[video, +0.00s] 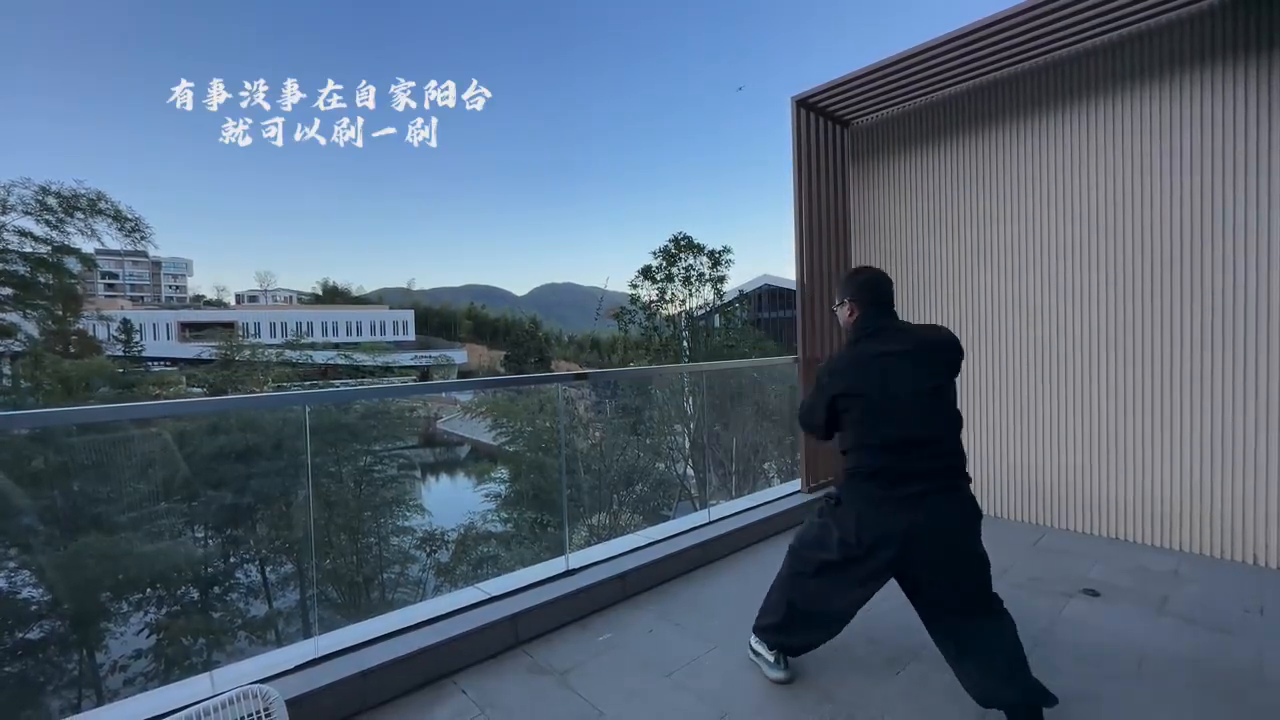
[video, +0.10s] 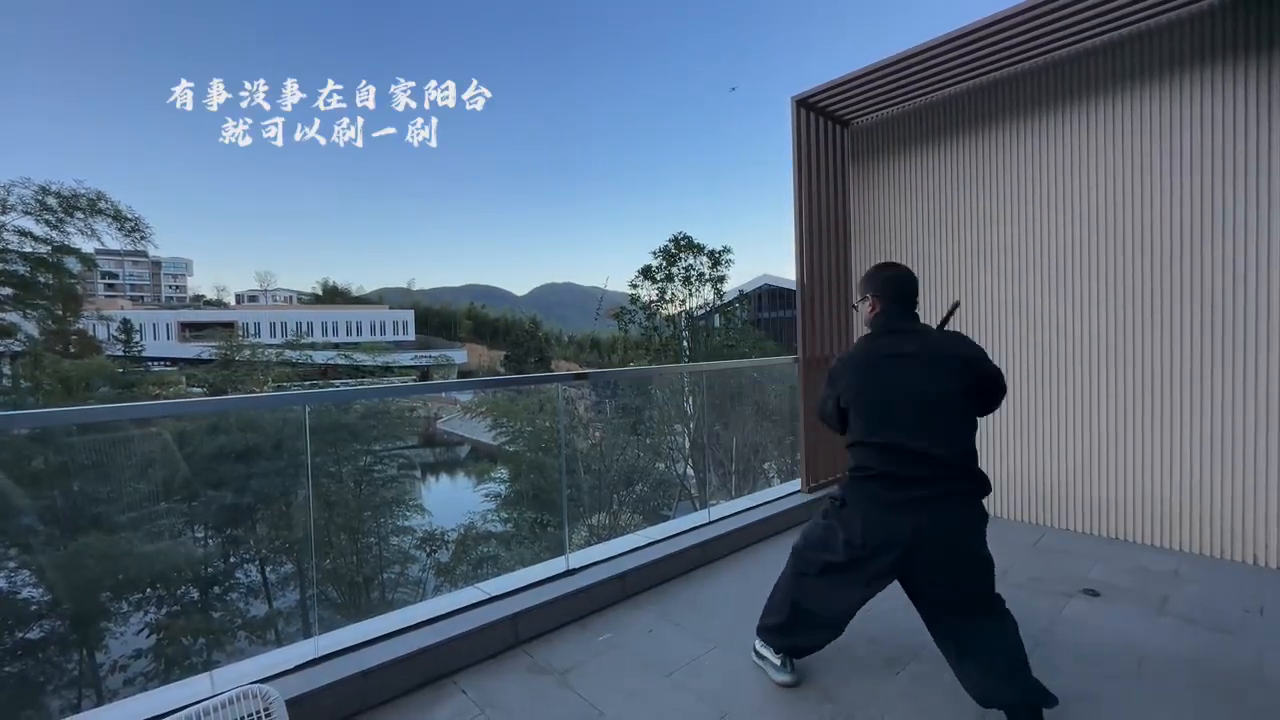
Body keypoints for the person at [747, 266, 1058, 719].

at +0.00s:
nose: (838, 316)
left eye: (839, 308)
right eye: (838, 308)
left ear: (851, 310)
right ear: (889, 305)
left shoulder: (843, 366)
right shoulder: (939, 343)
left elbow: (816, 425)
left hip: (873, 508)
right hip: (946, 504)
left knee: (811, 559)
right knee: (974, 605)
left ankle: (771, 643)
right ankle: (1024, 704)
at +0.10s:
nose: (858, 308)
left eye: (860, 300)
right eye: (859, 300)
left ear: (874, 306)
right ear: (915, 304)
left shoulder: (855, 360)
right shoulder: (958, 348)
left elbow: (834, 417)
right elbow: (993, 392)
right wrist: (949, 355)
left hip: (876, 507)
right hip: (953, 506)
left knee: (814, 564)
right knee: (977, 608)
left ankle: (774, 643)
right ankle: (1024, 704)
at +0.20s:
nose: (875, 304)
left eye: (879, 297)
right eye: (879, 296)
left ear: (891, 302)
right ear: (929, 306)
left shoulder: (866, 354)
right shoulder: (958, 359)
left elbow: (829, 382)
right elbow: (978, 403)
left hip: (874, 505)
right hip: (946, 506)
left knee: (814, 563)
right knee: (969, 607)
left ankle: (774, 643)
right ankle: (1022, 703)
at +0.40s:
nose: (869, 298)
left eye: (874, 291)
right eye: (871, 291)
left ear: (894, 295)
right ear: (911, 300)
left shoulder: (891, 336)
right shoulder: (920, 347)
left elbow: (821, 323)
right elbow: (849, 398)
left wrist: (804, 303)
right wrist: (821, 364)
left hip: (870, 498)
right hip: (918, 501)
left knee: (804, 552)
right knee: (927, 614)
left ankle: (772, 644)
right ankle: (1004, 703)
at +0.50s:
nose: (864, 298)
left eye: (870, 290)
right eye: (865, 291)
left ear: (892, 294)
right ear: (900, 298)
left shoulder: (920, 341)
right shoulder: (880, 352)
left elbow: (865, 327)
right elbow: (830, 392)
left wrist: (825, 309)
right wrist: (801, 344)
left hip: (875, 498)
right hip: (916, 501)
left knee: (807, 559)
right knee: (924, 613)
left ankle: (773, 644)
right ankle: (1006, 704)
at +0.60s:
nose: (858, 300)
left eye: (865, 291)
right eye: (860, 292)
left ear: (891, 296)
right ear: (896, 298)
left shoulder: (938, 354)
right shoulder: (870, 356)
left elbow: (912, 379)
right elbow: (817, 392)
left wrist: (848, 357)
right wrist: (804, 347)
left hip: (892, 504)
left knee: (811, 562)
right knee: (925, 618)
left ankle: (775, 646)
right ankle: (1007, 705)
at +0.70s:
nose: (852, 301)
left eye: (859, 294)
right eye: (855, 293)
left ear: (882, 301)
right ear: (884, 303)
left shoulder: (941, 370)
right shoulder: (863, 358)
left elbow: (932, 441)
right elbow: (819, 407)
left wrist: (858, 419)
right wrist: (808, 377)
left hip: (913, 511)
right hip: (871, 499)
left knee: (814, 562)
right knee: (926, 620)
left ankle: (776, 646)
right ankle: (1007, 705)